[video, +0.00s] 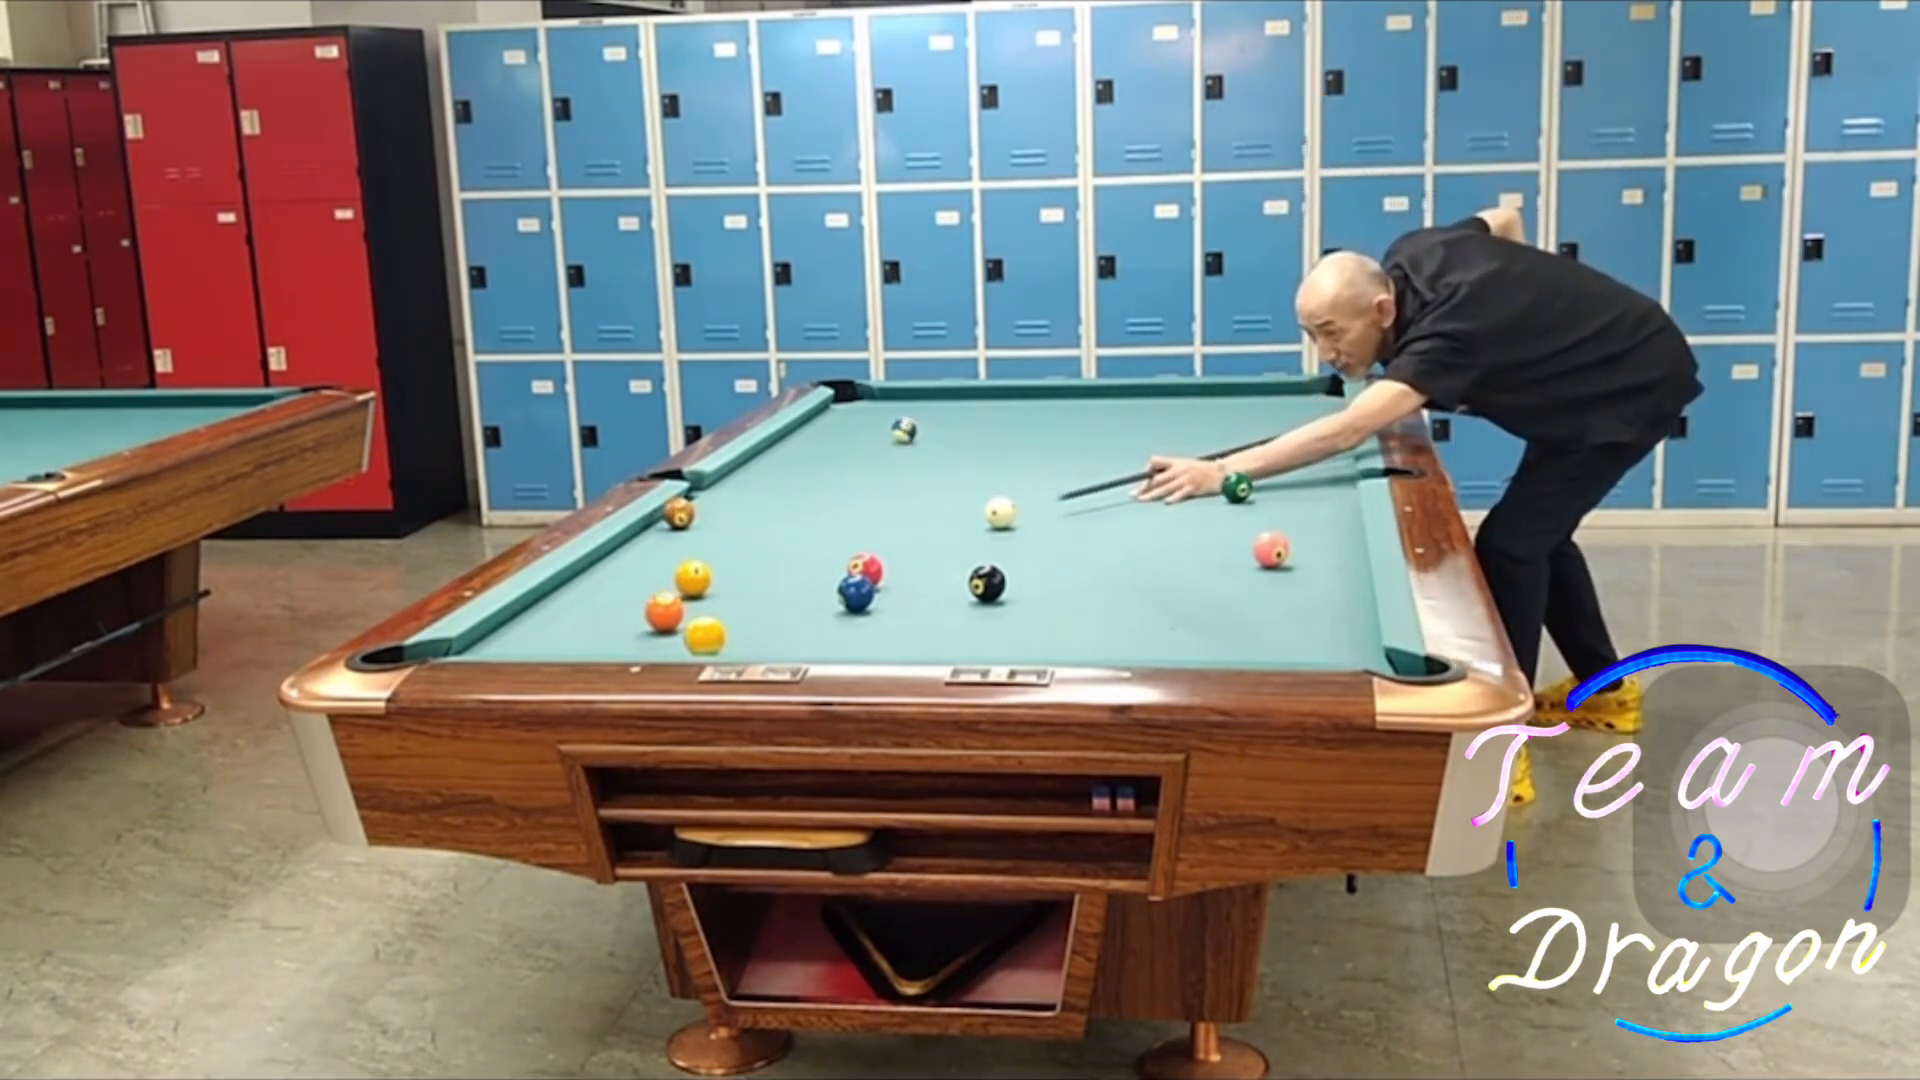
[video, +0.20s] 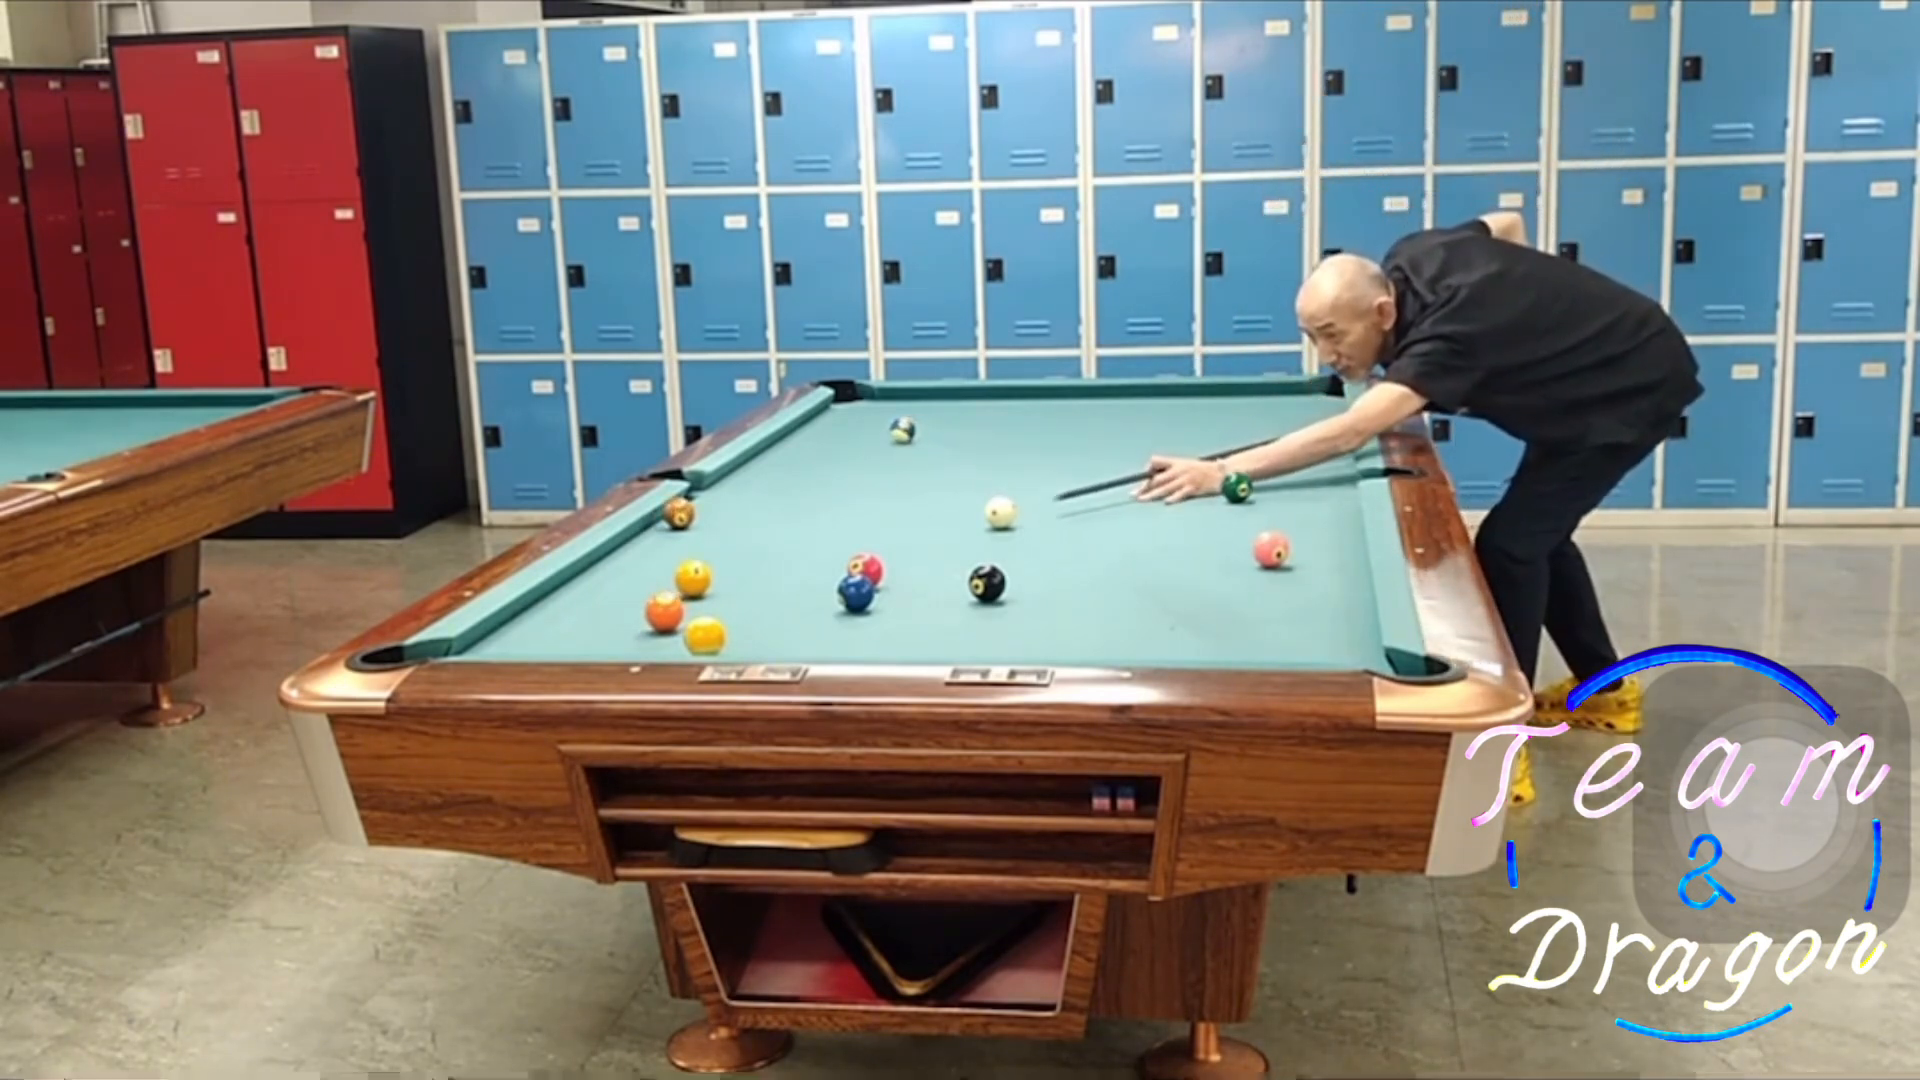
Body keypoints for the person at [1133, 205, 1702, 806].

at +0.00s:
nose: (1323, 351)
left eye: (1330, 334)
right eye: (1315, 336)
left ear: (1382, 309)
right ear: (1374, 295)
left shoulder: (1444, 338)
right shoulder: (1415, 253)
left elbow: (1344, 430)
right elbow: (1504, 219)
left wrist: (1220, 471)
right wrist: (1506, 315)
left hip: (1634, 380)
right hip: (1618, 353)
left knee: (1508, 543)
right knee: (1539, 535)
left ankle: (1510, 708)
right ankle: (1606, 691)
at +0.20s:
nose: (1323, 354)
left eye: (1331, 337)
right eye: (1316, 338)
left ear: (1383, 311)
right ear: (1375, 297)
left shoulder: (1444, 339)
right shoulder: (1414, 255)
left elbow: (1347, 431)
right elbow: (1506, 226)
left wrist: (1221, 471)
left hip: (1633, 380)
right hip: (1620, 352)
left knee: (1508, 544)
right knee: (1539, 535)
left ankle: (1510, 706)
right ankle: (1607, 692)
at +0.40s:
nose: (1322, 354)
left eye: (1330, 338)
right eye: (1315, 339)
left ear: (1383, 313)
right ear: (1372, 301)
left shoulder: (1443, 341)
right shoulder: (1415, 256)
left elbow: (1350, 433)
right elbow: (1505, 220)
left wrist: (1219, 472)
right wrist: (1519, 318)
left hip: (1634, 382)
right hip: (1615, 355)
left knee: (1509, 543)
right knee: (1539, 535)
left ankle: (1509, 707)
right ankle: (1606, 691)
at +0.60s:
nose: (1323, 356)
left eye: (1331, 339)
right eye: (1315, 341)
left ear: (1383, 314)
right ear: (1372, 302)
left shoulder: (1444, 341)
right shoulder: (1414, 257)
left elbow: (1351, 432)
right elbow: (1507, 228)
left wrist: (1222, 471)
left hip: (1634, 381)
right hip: (1618, 353)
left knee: (1509, 544)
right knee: (1540, 535)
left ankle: (1509, 708)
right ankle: (1607, 692)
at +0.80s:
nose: (1322, 357)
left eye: (1330, 340)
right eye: (1314, 342)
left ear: (1383, 315)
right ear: (1373, 301)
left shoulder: (1444, 342)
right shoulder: (1413, 257)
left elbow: (1349, 433)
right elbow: (1506, 231)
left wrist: (1221, 472)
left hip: (1634, 380)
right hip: (1612, 356)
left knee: (1508, 545)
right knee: (1539, 537)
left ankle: (1510, 706)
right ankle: (1608, 692)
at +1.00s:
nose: (1324, 362)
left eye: (1331, 346)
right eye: (1317, 348)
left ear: (1380, 318)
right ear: (1370, 303)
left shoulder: (1443, 341)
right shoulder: (1411, 257)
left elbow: (1348, 433)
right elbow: (1504, 230)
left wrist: (1221, 472)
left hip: (1633, 378)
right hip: (1614, 353)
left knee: (1508, 544)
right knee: (1539, 536)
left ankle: (1510, 707)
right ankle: (1607, 693)